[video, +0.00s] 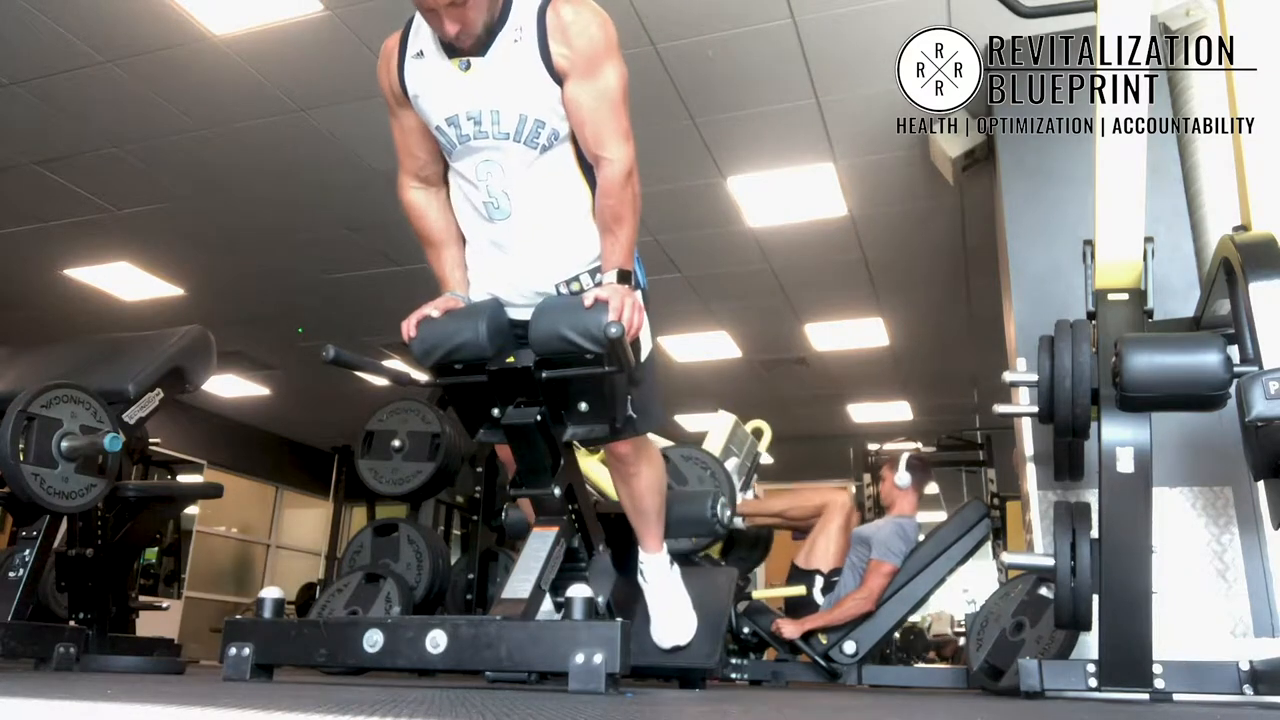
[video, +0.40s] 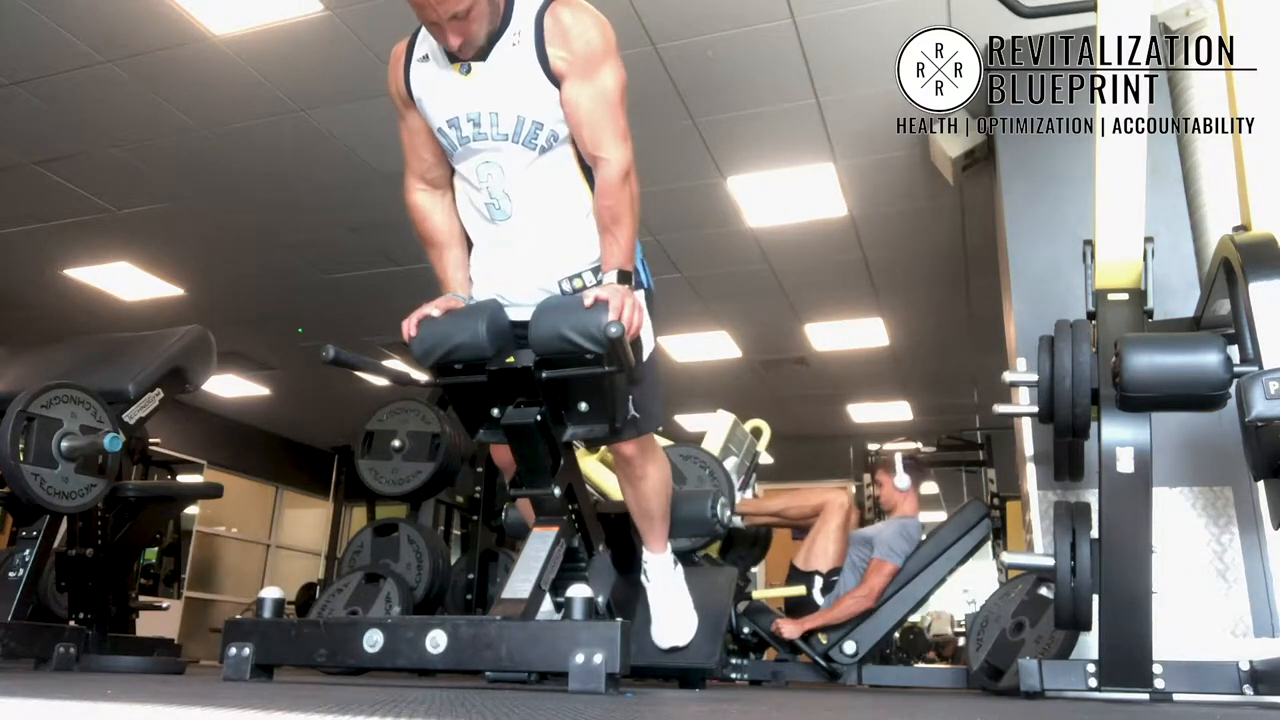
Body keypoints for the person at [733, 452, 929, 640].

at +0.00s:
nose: (879, 488)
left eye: (883, 480)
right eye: (880, 480)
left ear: (901, 481)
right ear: (905, 483)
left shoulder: (895, 530)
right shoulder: (896, 525)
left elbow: (867, 599)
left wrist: (801, 625)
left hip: (814, 606)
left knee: (840, 499)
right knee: (848, 510)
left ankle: (734, 507)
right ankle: (749, 513)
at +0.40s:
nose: (877, 493)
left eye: (880, 485)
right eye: (876, 485)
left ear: (902, 483)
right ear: (901, 484)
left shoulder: (900, 530)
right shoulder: (897, 526)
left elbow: (866, 597)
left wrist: (801, 625)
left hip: (813, 603)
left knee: (839, 498)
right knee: (850, 511)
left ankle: (732, 506)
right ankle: (746, 515)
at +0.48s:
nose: (877, 494)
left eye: (880, 485)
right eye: (877, 486)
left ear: (901, 483)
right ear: (901, 484)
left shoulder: (899, 530)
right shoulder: (898, 526)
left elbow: (866, 597)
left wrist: (801, 625)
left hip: (814, 604)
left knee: (836, 499)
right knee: (840, 499)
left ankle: (731, 504)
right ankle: (741, 511)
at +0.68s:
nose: (875, 494)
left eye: (878, 486)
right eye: (875, 487)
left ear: (900, 484)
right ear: (899, 485)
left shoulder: (898, 531)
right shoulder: (901, 526)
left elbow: (866, 597)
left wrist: (801, 625)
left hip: (814, 605)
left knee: (823, 497)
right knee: (829, 500)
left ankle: (724, 494)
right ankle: (735, 502)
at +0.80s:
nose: (873, 494)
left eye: (877, 485)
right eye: (873, 486)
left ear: (900, 483)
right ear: (899, 485)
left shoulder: (897, 530)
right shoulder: (899, 526)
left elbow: (866, 597)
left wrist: (802, 625)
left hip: (814, 606)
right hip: (819, 599)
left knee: (814, 498)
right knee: (814, 502)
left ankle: (718, 488)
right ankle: (731, 497)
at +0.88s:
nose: (872, 494)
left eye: (876, 485)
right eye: (872, 486)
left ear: (899, 483)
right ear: (898, 484)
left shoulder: (897, 530)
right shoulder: (900, 527)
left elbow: (866, 597)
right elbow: (865, 593)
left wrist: (801, 625)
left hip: (813, 607)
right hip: (818, 601)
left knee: (808, 496)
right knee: (809, 502)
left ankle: (709, 484)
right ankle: (728, 494)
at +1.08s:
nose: (871, 493)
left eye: (874, 485)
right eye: (871, 486)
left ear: (896, 482)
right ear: (897, 483)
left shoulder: (895, 529)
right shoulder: (899, 527)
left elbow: (865, 597)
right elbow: (865, 593)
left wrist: (802, 625)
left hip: (812, 604)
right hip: (817, 598)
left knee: (792, 498)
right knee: (793, 502)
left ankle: (693, 472)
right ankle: (712, 485)